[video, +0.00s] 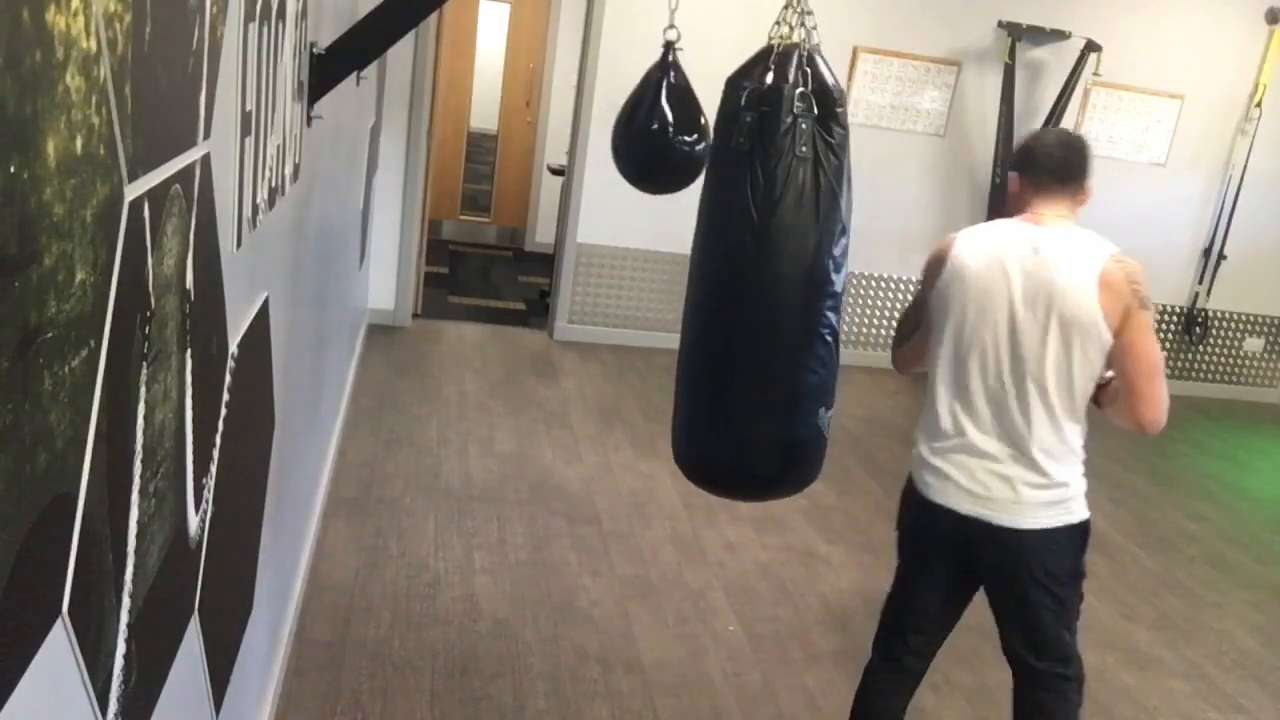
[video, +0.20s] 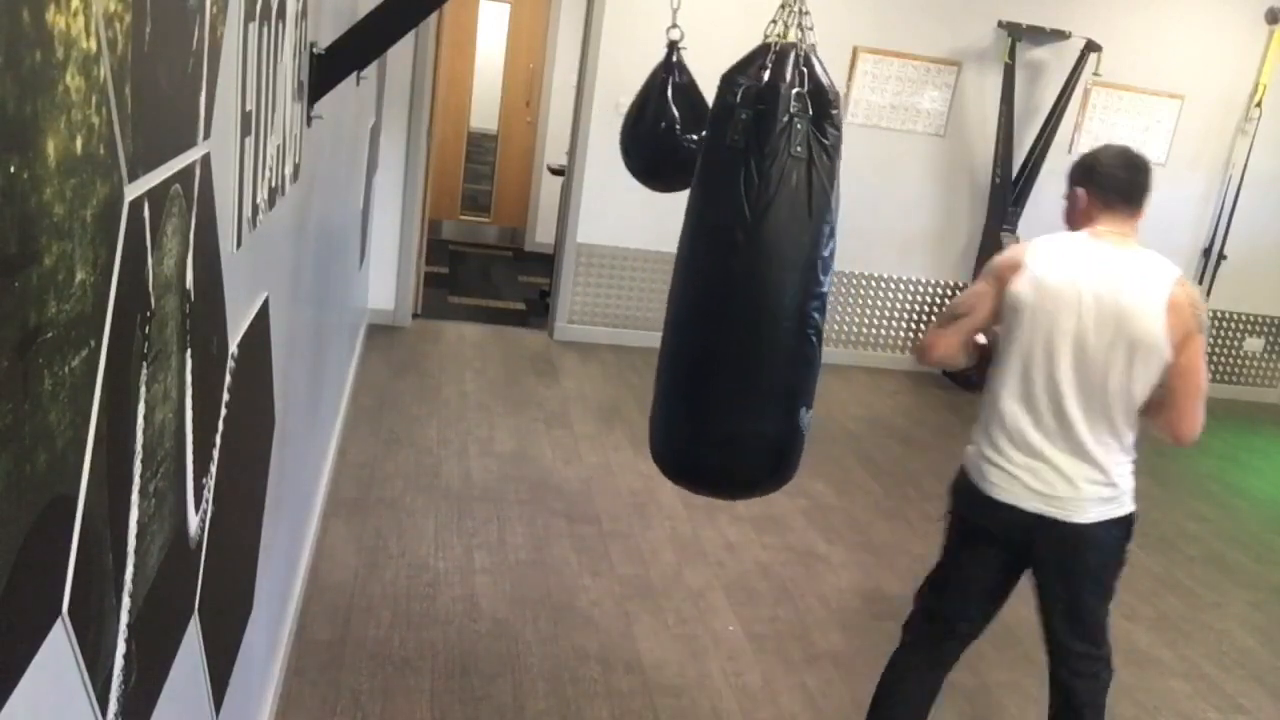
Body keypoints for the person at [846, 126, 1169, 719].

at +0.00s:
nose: (1006, 188)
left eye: (1007, 181)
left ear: (1014, 184)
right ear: (1085, 192)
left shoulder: (958, 251)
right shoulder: (1116, 276)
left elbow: (907, 356)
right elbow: (1147, 413)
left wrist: (978, 347)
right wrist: (1085, 383)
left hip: (937, 509)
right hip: (1039, 530)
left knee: (896, 660)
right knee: (1049, 681)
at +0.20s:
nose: (1063, 207)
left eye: (1066, 198)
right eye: (1068, 199)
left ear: (1079, 199)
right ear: (1142, 208)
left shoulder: (1023, 261)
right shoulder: (1175, 294)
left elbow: (934, 348)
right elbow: (1184, 425)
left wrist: (987, 346)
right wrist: (1124, 387)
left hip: (994, 498)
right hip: (1089, 523)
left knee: (932, 638)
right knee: (1081, 665)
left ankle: (887, 714)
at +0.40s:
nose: (1076, 192)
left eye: (1081, 177)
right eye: (1077, 178)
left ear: (1109, 175)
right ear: (1147, 180)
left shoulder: (1077, 240)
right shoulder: (1209, 267)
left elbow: (1031, 341)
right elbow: (1195, 375)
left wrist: (998, 329)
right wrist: (1127, 348)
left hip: (1032, 455)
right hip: (1123, 478)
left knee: (971, 573)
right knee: (1101, 628)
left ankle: (941, 703)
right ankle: (1081, 719)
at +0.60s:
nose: (1046, 197)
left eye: (1054, 186)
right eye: (1047, 185)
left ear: (1093, 186)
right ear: (1109, 186)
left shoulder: (1085, 256)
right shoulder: (1170, 248)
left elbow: (1073, 370)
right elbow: (1130, 328)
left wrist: (1006, 331)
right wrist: (1057, 287)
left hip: (1044, 452)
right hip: (1121, 466)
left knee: (987, 565)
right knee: (1097, 615)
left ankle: (963, 670)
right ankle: (1081, 713)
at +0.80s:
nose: (1013, 205)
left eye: (1020, 195)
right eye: (1011, 194)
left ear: (1059, 192)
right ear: (1067, 191)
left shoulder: (1059, 266)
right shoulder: (1127, 237)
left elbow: (1017, 363)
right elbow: (1088, 326)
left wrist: (972, 309)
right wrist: (1018, 288)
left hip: (1033, 434)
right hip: (1096, 440)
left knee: (971, 538)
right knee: (1060, 543)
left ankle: (966, 671)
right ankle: (1104, 682)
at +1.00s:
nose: (1012, 173)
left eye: (1020, 163)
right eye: (1012, 162)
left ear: (1060, 163)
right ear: (1064, 164)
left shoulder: (1063, 226)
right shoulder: (1101, 210)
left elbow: (1026, 320)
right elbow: (1055, 296)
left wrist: (976, 268)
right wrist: (1007, 259)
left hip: (1040, 403)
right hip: (1081, 400)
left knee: (980, 525)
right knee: (1037, 506)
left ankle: (964, 661)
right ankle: (1034, 612)